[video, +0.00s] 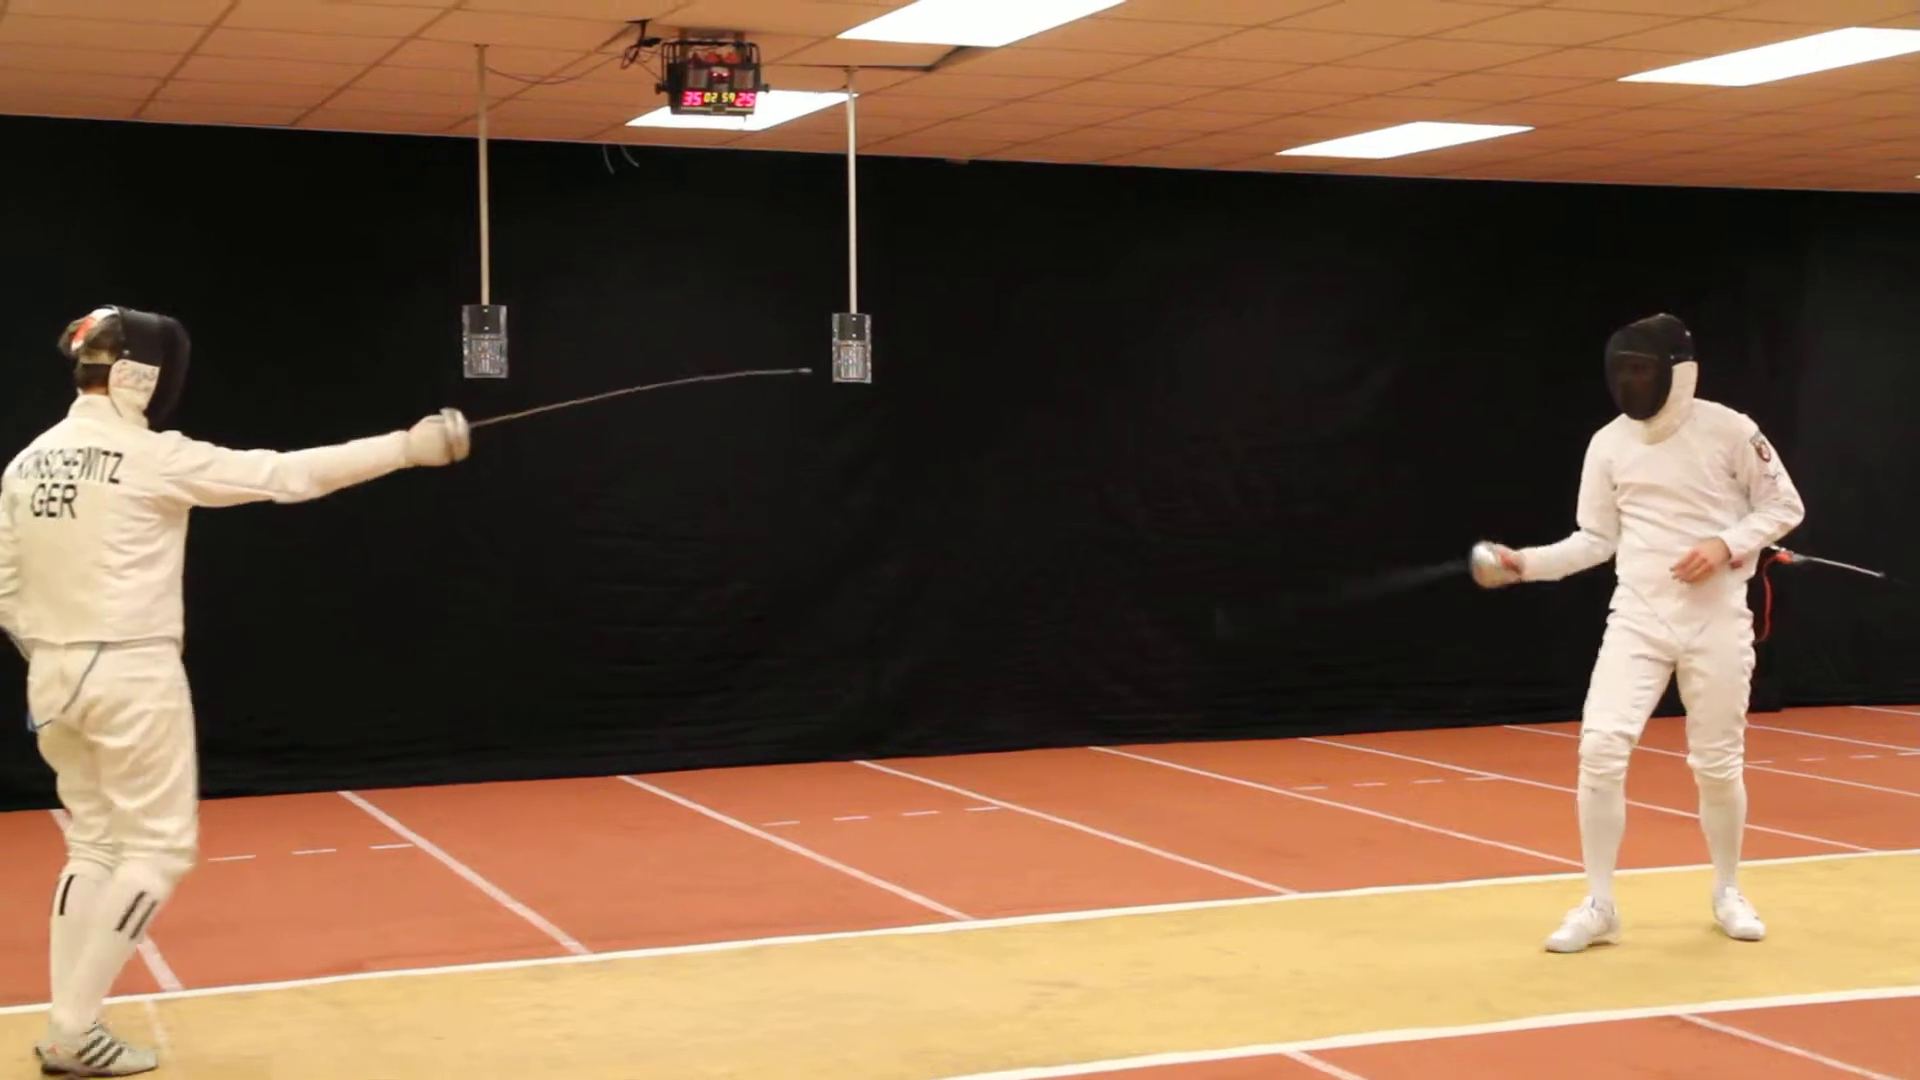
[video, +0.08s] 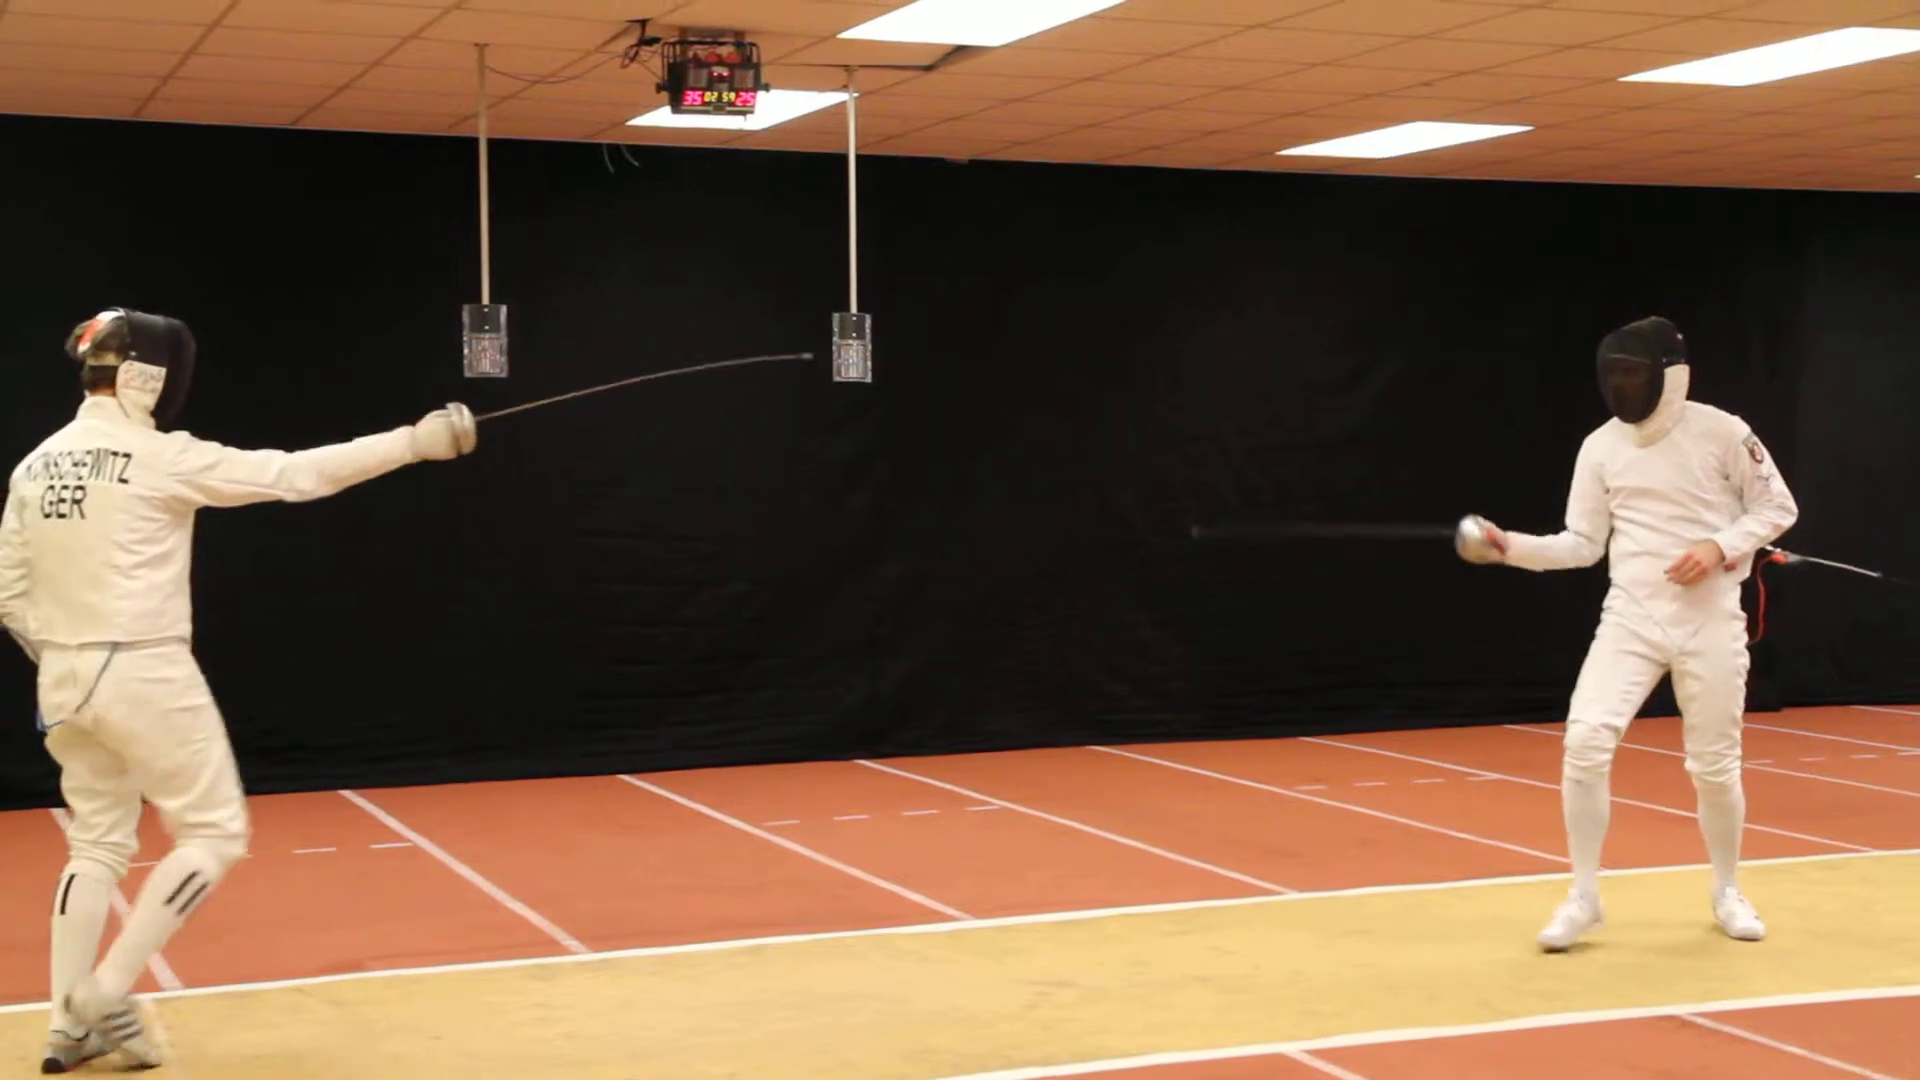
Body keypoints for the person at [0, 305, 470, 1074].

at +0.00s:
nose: (162, 392)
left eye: (163, 378)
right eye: (160, 378)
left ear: (83, 371)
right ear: (138, 376)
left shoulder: (21, 469)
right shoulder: (151, 456)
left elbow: (11, 598)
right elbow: (288, 474)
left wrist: (62, 660)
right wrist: (412, 444)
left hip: (52, 678)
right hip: (136, 675)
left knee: (92, 845)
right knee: (156, 847)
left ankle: (68, 1027)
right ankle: (73, 1027)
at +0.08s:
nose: (168, 393)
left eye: (169, 380)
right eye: (166, 380)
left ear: (91, 373)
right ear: (144, 378)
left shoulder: (30, 471)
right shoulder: (159, 456)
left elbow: (15, 599)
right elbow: (298, 475)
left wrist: (71, 662)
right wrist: (418, 440)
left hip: (65, 682)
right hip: (150, 675)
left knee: (96, 845)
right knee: (213, 833)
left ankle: (71, 1026)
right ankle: (106, 992)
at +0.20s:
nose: (185, 396)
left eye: (185, 383)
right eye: (181, 383)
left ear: (109, 381)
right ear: (158, 382)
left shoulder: (51, 473)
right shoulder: (180, 462)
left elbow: (19, 589)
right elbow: (319, 484)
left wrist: (80, 661)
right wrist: (434, 444)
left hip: (84, 684)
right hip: (169, 674)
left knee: (109, 846)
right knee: (276, 813)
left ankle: (68, 1025)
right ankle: (192, 979)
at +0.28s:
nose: (206, 399)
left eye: (205, 386)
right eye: (199, 385)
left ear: (129, 385)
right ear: (171, 387)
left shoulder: (68, 475)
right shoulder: (199, 465)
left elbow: (32, 589)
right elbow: (335, 491)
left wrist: (95, 660)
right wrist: (449, 449)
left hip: (102, 685)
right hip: (188, 675)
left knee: (120, 847)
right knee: (303, 810)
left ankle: (69, 1023)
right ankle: (284, 996)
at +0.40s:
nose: (245, 406)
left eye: (243, 393)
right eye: (239, 393)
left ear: (170, 393)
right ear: (214, 395)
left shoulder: (108, 479)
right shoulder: (238, 474)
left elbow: (64, 589)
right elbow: (368, 504)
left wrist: (129, 659)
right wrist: (482, 461)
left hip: (135, 691)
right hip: (226, 685)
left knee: (137, 852)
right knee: (335, 825)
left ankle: (72, 1022)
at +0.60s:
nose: (342, 423)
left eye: (338, 410)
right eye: (334, 410)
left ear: (267, 413)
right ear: (312, 417)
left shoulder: (204, 493)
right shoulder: (334, 495)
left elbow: (154, 596)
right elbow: (462, 529)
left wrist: (213, 663)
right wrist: (571, 485)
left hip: (218, 700)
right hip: (313, 698)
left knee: (185, 857)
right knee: (427, 823)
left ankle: (83, 1015)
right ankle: (479, 984)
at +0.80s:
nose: (431, 416)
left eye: (424, 402)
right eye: (427, 404)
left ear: (365, 402)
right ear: (413, 412)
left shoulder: (294, 472)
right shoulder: (425, 489)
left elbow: (224, 564)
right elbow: (546, 537)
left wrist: (268, 644)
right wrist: (654, 502)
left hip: (281, 679)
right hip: (376, 683)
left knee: (239, 834)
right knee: (474, 813)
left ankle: (158, 996)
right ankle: (482, 985)